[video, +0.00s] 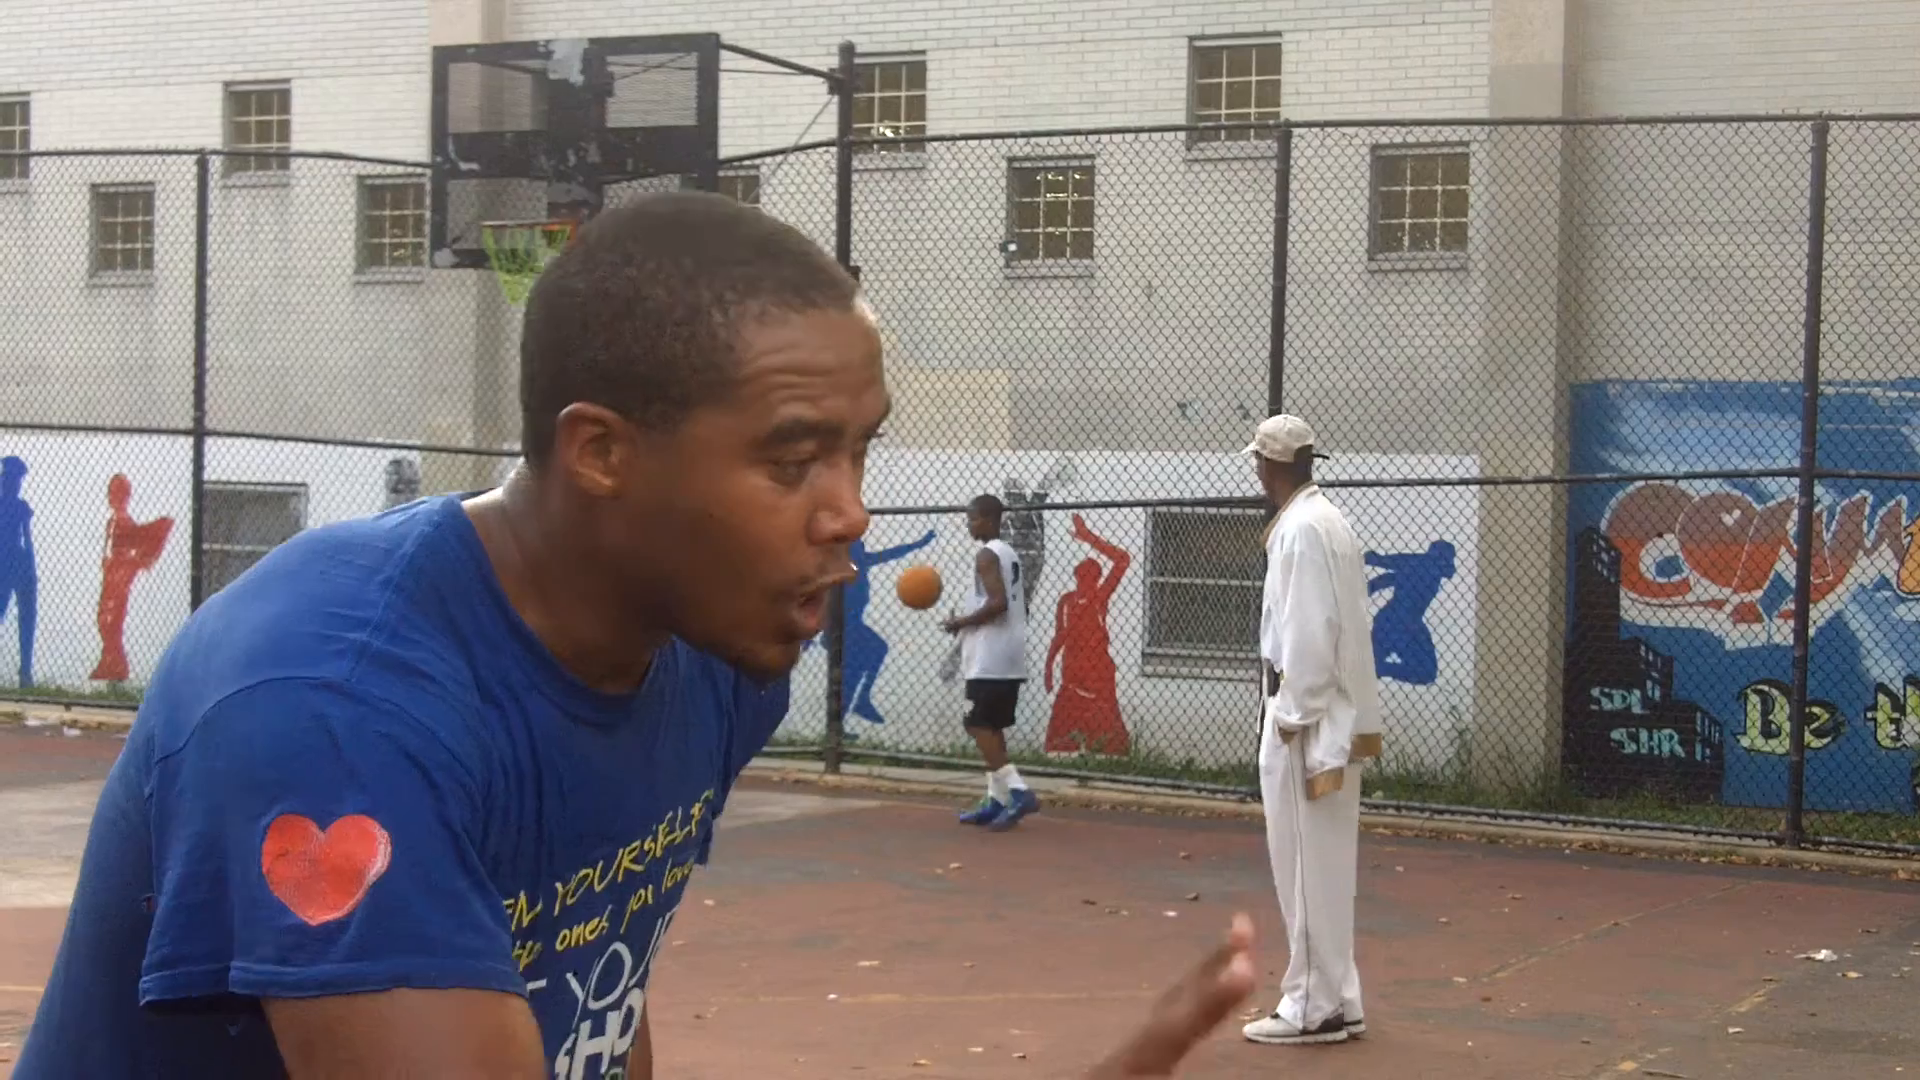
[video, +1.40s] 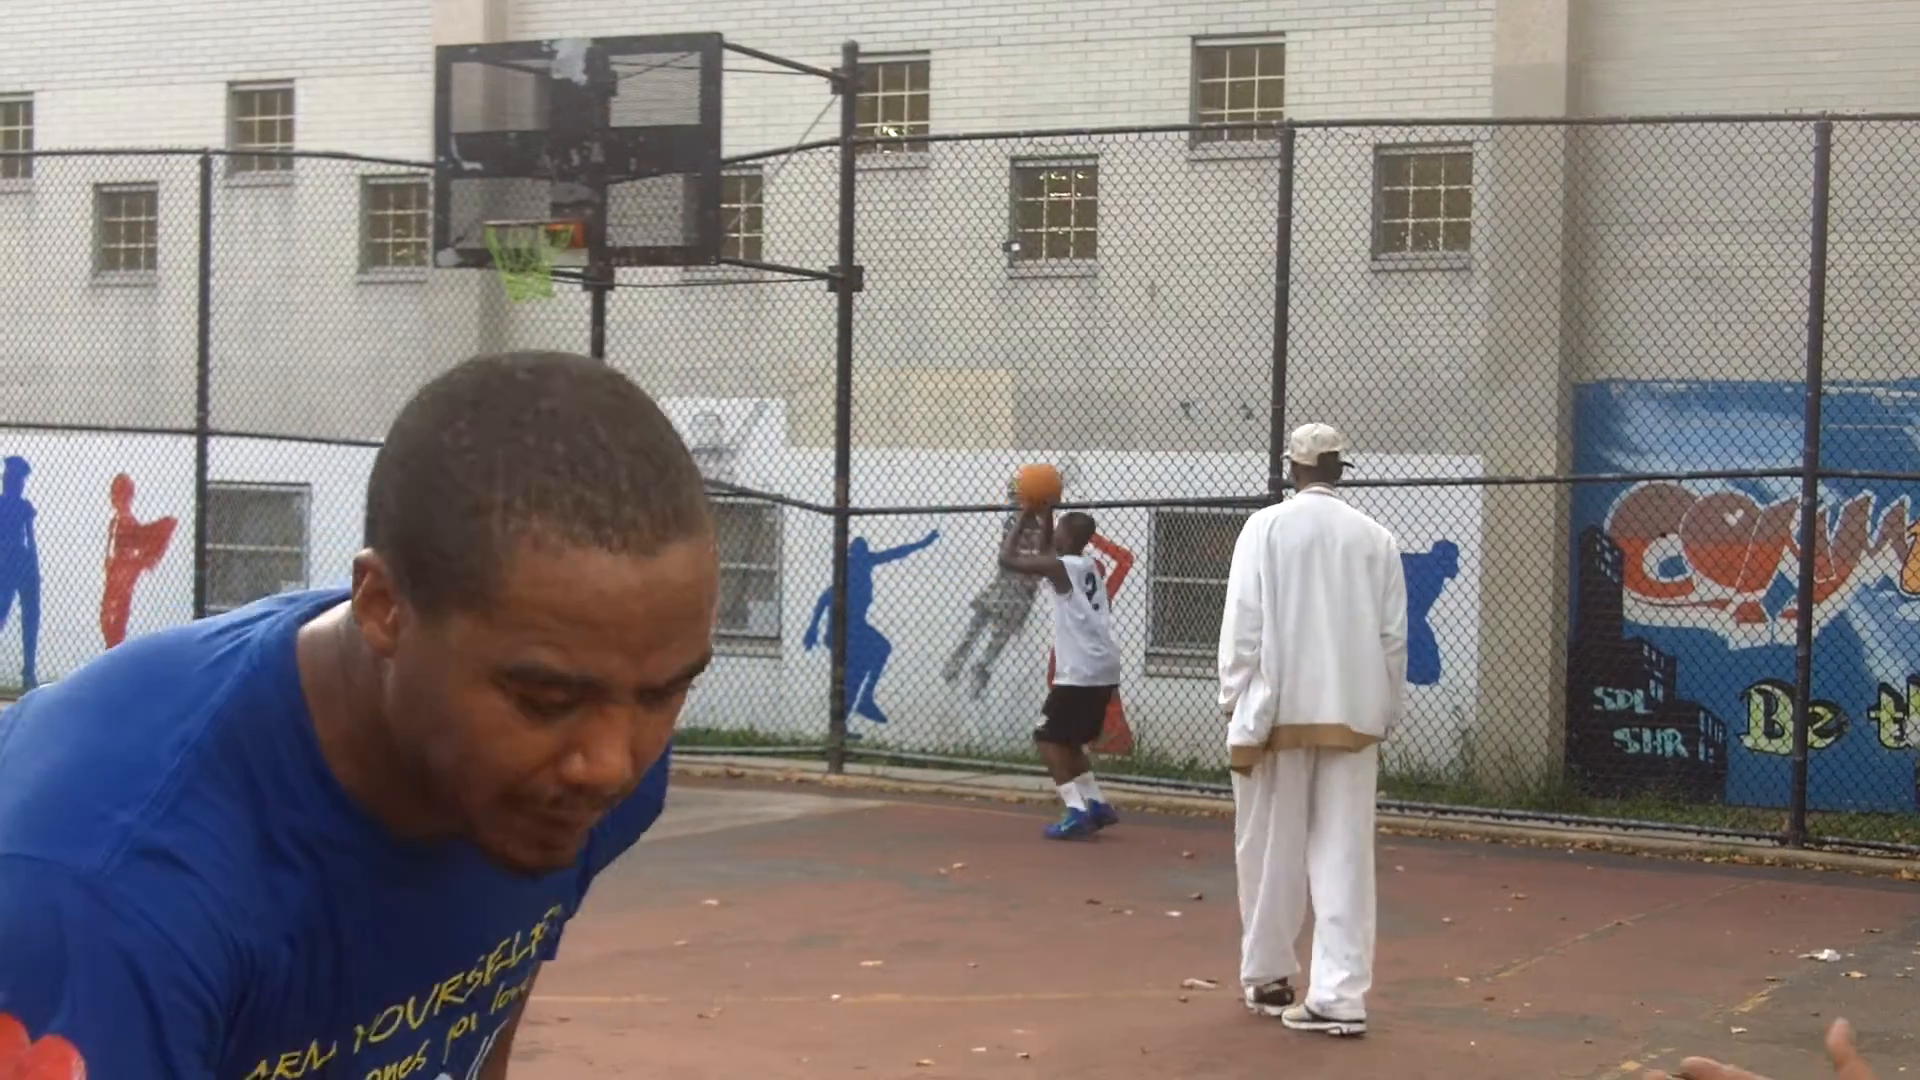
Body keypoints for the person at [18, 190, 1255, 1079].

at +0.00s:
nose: (855, 519)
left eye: (859, 453)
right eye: (795, 458)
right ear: (598, 456)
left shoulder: (719, 652)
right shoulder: (321, 706)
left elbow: (585, 990)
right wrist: (1109, 1066)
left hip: (545, 1048)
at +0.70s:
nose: (825, 469)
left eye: (831, 412)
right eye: (769, 411)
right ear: (575, 418)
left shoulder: (700, 640)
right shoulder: (307, 681)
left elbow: (556, 981)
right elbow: (428, 1067)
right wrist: (971, 1075)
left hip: (537, 1043)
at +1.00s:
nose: (677, 486)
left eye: (727, 425)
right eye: (612, 415)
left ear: (755, 427)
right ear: (467, 393)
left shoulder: (685, 632)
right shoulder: (246, 698)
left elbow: (572, 989)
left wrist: (597, 1065)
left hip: (534, 1053)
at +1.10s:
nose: (652, 552)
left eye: (709, 484)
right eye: (593, 471)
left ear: (744, 470)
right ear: (450, 431)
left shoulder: (670, 650)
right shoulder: (210, 736)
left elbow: (544, 983)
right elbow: (162, 1050)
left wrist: (579, 1070)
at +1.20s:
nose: (629, 652)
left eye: (687, 583)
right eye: (567, 571)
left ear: (725, 550)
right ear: (428, 498)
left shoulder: (664, 684)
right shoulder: (163, 796)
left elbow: (538, 989)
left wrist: (548, 1064)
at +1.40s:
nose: (613, 768)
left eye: (664, 694)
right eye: (545, 697)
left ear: (696, 642)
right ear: (382, 607)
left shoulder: (611, 756)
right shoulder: (105, 899)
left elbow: (478, 1013)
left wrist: (479, 1069)